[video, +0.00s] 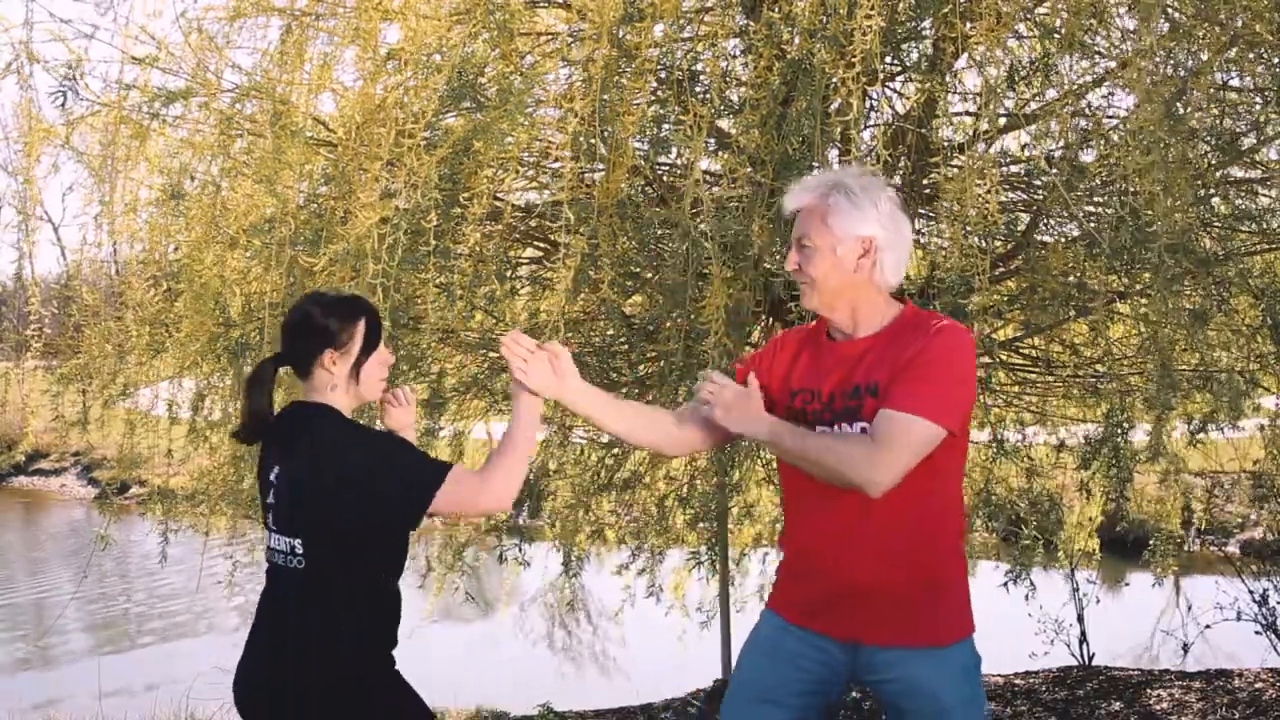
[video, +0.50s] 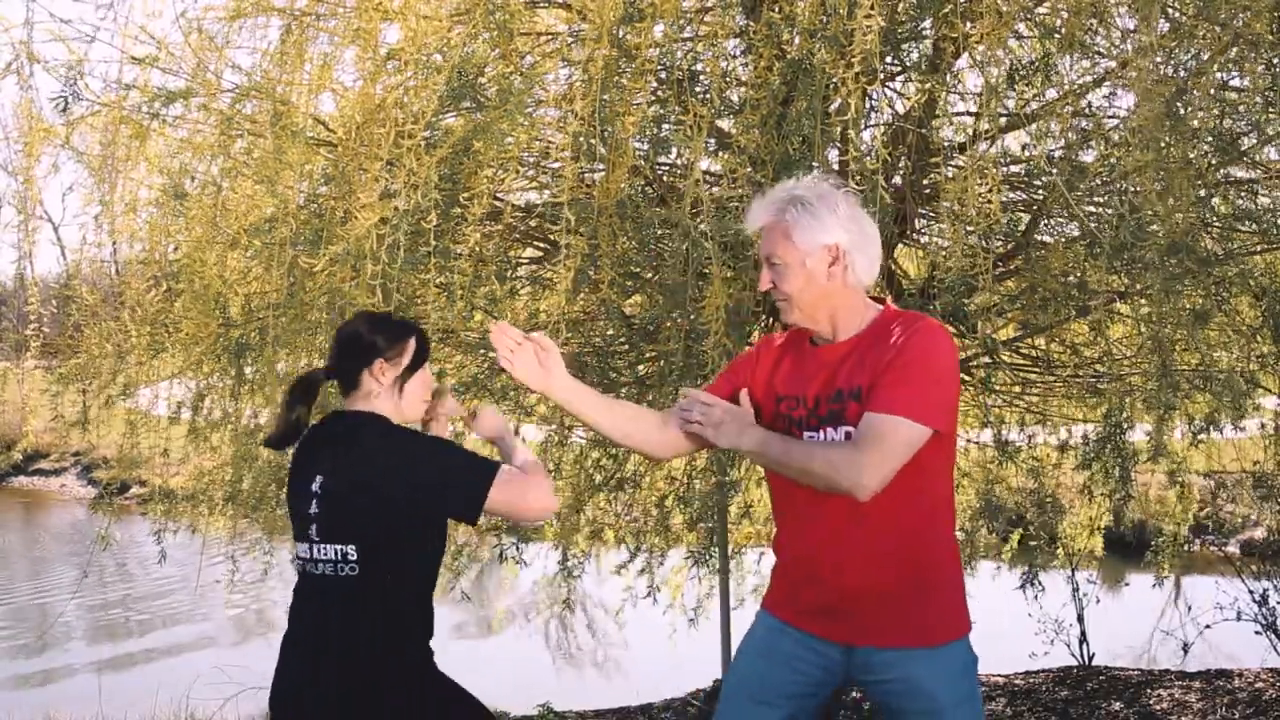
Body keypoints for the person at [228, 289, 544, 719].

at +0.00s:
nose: (390, 357)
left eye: (384, 344)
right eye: (378, 345)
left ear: (324, 365)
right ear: (333, 362)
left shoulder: (283, 432)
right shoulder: (359, 452)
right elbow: (493, 493)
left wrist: (400, 437)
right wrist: (529, 398)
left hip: (267, 682)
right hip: (348, 689)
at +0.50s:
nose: (431, 382)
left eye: (428, 368)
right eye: (424, 368)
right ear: (382, 372)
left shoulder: (312, 446)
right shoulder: (407, 454)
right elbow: (539, 499)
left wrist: (436, 432)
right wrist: (504, 436)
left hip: (300, 687)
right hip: (390, 688)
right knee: (482, 712)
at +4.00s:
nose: (433, 363)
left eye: (428, 352)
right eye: (422, 352)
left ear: (373, 364)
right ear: (379, 364)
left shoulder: (315, 440)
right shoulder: (414, 454)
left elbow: (381, 512)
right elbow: (554, 464)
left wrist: (443, 442)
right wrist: (606, 378)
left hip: (299, 685)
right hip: (390, 690)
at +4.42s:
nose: (423, 366)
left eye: (416, 352)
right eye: (411, 353)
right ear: (372, 366)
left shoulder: (307, 447)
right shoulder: (406, 455)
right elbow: (551, 492)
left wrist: (433, 435)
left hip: (312, 688)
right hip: (404, 689)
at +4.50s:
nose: (421, 374)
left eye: (415, 362)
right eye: (409, 363)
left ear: (359, 378)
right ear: (366, 377)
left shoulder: (300, 455)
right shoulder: (415, 461)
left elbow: (371, 515)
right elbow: (541, 512)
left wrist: (426, 446)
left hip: (306, 695)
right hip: (402, 695)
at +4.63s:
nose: (421, 383)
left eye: (414, 370)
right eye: (408, 371)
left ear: (359, 386)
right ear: (362, 387)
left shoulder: (298, 462)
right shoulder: (410, 468)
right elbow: (536, 538)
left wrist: (410, 455)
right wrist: (590, 568)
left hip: (300, 698)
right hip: (393, 697)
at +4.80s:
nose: (427, 382)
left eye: (420, 371)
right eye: (414, 373)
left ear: (366, 389)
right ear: (369, 389)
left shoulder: (317, 464)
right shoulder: (415, 471)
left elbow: (417, 544)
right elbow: (543, 532)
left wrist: (445, 457)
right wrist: (598, 553)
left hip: (309, 700)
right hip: (399, 702)